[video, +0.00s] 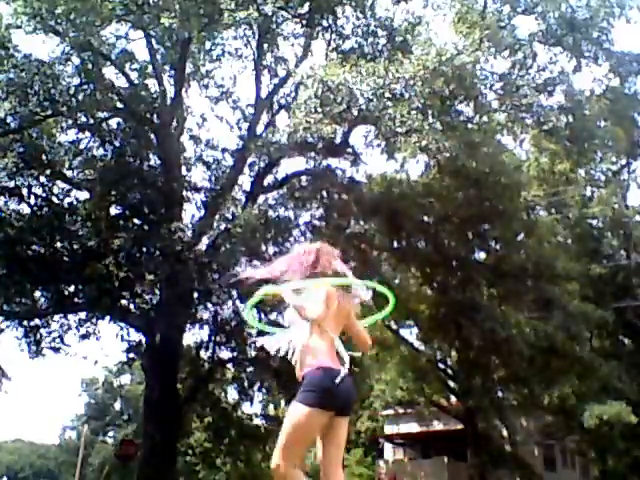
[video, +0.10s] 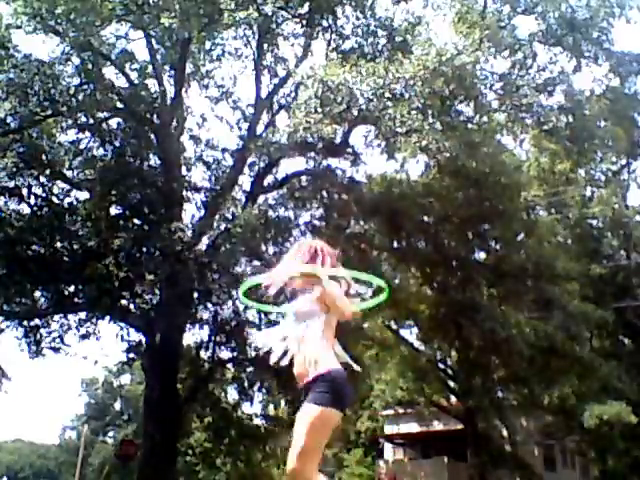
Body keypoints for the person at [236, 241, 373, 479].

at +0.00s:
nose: (295, 276)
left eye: (297, 271)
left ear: (308, 266)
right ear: (332, 264)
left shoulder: (319, 287)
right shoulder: (346, 302)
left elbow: (317, 313)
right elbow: (365, 344)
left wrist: (287, 294)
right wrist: (352, 315)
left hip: (319, 378)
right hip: (343, 379)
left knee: (283, 465)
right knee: (332, 470)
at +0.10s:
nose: (291, 278)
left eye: (296, 271)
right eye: (291, 272)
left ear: (310, 267)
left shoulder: (324, 292)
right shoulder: (301, 302)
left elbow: (347, 311)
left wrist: (323, 276)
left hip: (327, 382)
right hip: (310, 385)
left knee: (299, 468)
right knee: (306, 470)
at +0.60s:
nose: (321, 250)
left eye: (324, 247)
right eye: (318, 244)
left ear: (321, 255)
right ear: (307, 245)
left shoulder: (312, 284)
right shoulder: (300, 276)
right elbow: (300, 226)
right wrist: (308, 185)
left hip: (297, 380)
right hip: (289, 378)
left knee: (308, 460)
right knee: (289, 461)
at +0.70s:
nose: (315, 249)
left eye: (313, 244)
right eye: (312, 244)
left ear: (288, 252)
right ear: (307, 252)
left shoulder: (273, 279)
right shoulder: (314, 271)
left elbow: (249, 258)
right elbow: (336, 227)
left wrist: (248, 224)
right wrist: (346, 183)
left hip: (267, 368)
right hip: (301, 369)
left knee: (282, 460)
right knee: (310, 464)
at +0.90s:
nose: (281, 248)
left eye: (285, 243)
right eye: (284, 244)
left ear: (293, 246)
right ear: (319, 248)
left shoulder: (282, 270)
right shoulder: (330, 277)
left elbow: (252, 238)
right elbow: (353, 244)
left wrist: (237, 197)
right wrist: (353, 206)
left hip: (280, 362)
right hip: (317, 367)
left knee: (272, 457)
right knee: (295, 461)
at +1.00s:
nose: (291, 243)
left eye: (295, 237)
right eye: (292, 237)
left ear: (304, 242)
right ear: (319, 244)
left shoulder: (303, 273)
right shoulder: (323, 278)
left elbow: (293, 232)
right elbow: (334, 252)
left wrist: (283, 196)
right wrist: (326, 221)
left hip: (291, 365)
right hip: (316, 368)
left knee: (281, 457)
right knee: (300, 461)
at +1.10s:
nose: (288, 247)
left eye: (293, 241)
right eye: (288, 242)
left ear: (307, 245)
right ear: (292, 249)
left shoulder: (316, 273)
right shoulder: (286, 285)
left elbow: (346, 258)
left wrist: (340, 209)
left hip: (309, 368)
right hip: (289, 375)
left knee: (286, 455)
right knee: (298, 461)